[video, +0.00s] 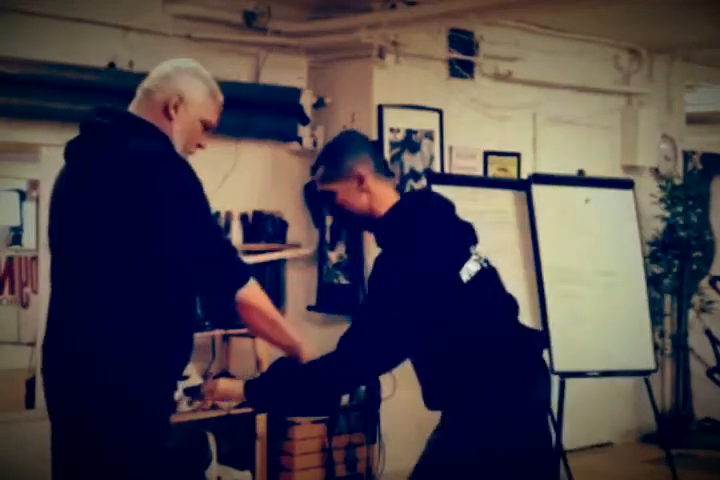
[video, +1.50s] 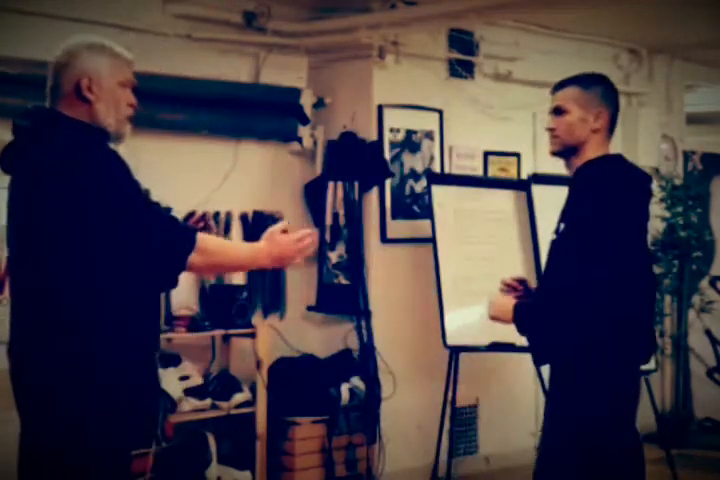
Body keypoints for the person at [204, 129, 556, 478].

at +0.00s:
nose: (336, 210)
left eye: (335, 197)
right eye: (331, 200)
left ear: (362, 179)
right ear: (366, 176)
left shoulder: (406, 251)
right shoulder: (431, 212)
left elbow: (355, 363)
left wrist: (251, 392)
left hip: (482, 406)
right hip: (518, 385)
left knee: (429, 472)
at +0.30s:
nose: (330, 203)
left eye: (329, 191)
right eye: (324, 194)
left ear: (355, 175)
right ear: (362, 169)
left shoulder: (404, 239)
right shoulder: (427, 204)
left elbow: (356, 357)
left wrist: (252, 371)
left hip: (480, 394)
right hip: (511, 373)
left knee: (424, 473)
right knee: (526, 471)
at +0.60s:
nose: (378, 180)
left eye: (382, 167)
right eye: (375, 169)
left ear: (415, 156)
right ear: (418, 157)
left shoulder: (449, 230)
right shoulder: (474, 199)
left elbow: (392, 339)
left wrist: (296, 384)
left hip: (499, 396)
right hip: (533, 382)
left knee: (448, 472)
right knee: (546, 473)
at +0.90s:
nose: (485, 148)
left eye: (493, 135)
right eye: (486, 137)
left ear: (531, 139)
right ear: (530, 141)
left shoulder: (543, 209)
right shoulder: (567, 197)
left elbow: (533, 347)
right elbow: (557, 295)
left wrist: (463, 402)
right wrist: (499, 311)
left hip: (554, 395)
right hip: (584, 382)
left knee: (525, 471)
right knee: (581, 470)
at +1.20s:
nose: (540, 128)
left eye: (550, 117)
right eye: (541, 118)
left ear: (586, 123)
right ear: (583, 126)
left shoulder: (599, 185)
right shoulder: (593, 183)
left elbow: (587, 300)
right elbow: (582, 284)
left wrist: (525, 341)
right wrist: (535, 302)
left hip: (589, 369)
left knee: (556, 466)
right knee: (600, 462)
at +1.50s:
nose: (548, 123)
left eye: (559, 112)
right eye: (550, 114)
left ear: (596, 121)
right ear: (591, 124)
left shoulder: (602, 185)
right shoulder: (607, 180)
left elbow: (586, 311)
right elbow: (588, 289)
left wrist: (519, 312)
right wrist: (537, 293)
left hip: (592, 369)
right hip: (607, 363)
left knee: (567, 467)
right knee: (604, 465)